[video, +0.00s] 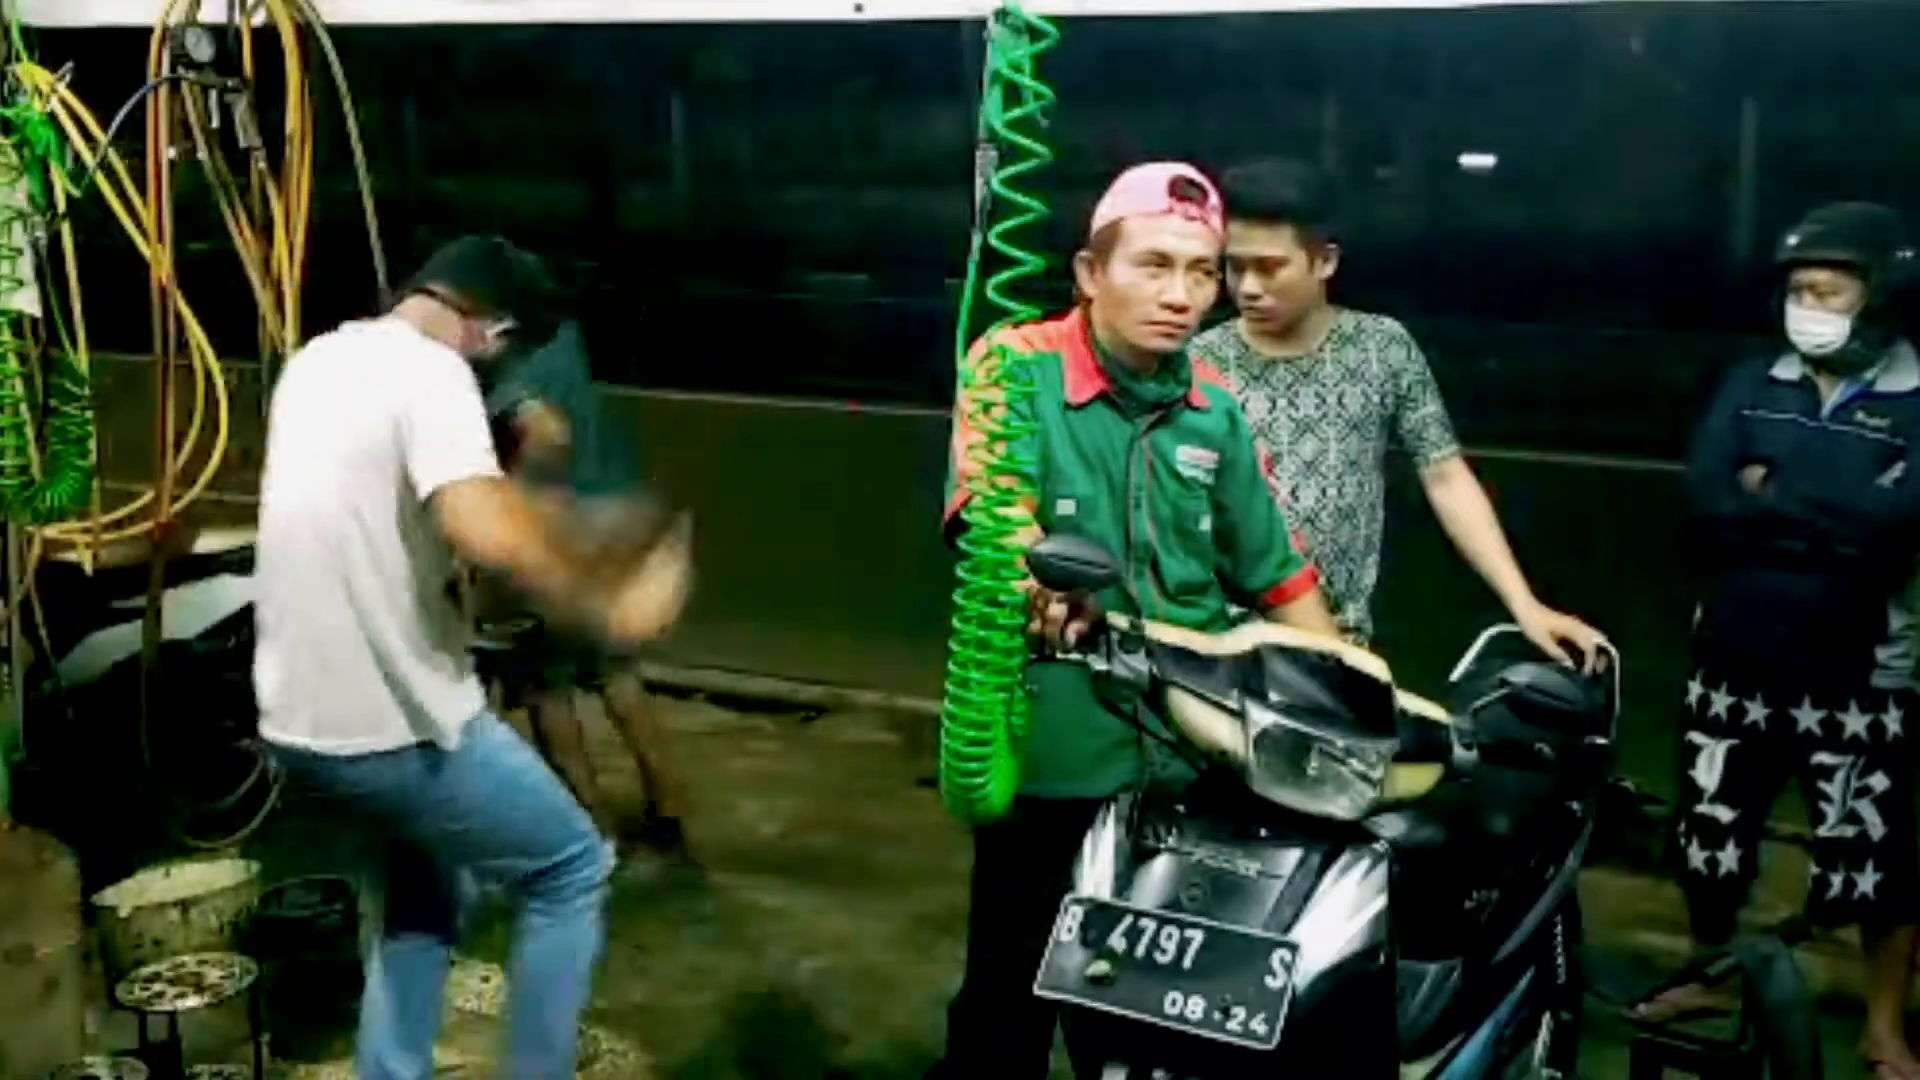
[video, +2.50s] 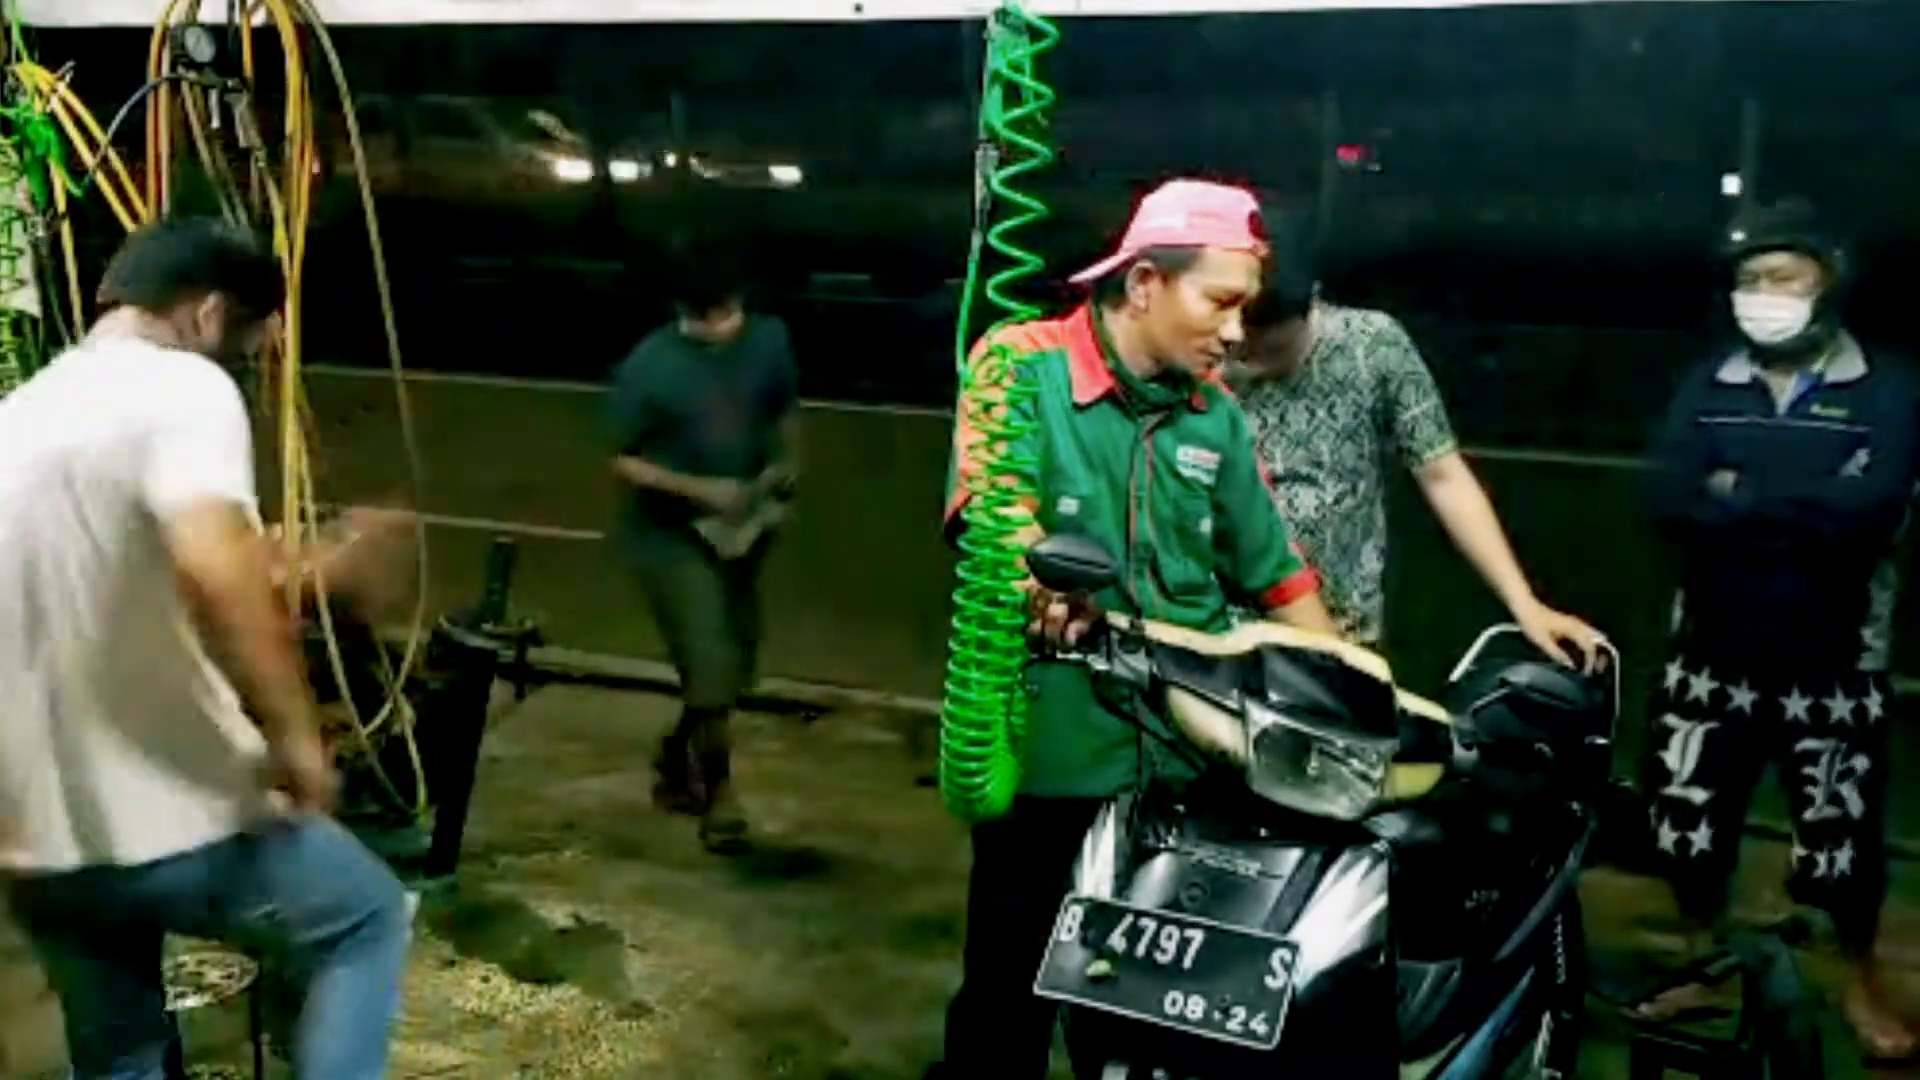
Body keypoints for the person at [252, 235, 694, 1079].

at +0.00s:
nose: (491, 361)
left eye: (499, 346)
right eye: (499, 343)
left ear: (413, 293)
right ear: (481, 322)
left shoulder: (307, 365)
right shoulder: (432, 373)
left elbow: (367, 504)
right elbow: (482, 527)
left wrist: (497, 460)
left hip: (299, 719)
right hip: (398, 725)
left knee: (422, 892)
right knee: (571, 866)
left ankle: (391, 1068)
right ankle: (540, 1067)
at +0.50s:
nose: (639, 377)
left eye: (645, 364)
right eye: (643, 360)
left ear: (566, 305)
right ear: (627, 336)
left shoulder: (441, 357)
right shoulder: (595, 385)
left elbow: (506, 464)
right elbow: (620, 547)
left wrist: (656, 476)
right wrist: (676, 701)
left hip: (436, 712)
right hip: (551, 731)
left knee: (570, 833)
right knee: (652, 910)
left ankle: (495, 1044)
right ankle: (589, 1068)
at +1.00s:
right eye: (585, 276)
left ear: (486, 253)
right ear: (565, 273)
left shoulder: (354, 302)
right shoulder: (572, 321)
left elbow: (191, 381)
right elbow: (750, 348)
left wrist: (89, 515)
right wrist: (692, 331)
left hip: (364, 709)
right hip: (508, 714)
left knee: (407, 921)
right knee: (577, 903)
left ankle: (391, 1074)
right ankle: (584, 1069)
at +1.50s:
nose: (489, 311)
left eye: (498, 296)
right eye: (500, 293)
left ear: (415, 244)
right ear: (475, 281)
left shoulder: (345, 298)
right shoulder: (388, 306)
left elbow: (482, 282)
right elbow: (291, 395)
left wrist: (603, 316)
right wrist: (325, 588)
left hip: (325, 724)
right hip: (344, 728)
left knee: (376, 996)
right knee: (406, 1004)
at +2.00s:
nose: (388, 341)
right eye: (393, 327)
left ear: (279, 258)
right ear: (375, 318)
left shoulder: (121, 338)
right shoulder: (380, 381)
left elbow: (9, 446)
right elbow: (537, 519)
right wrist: (528, 425)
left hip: (143, 767)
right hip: (291, 788)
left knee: (204, 1008)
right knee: (352, 1030)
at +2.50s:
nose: (231, 353)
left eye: (236, 334)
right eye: (234, 329)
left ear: (110, 304)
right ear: (202, 306)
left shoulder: (18, 411)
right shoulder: (181, 388)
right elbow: (214, 565)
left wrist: (306, 565)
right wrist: (293, 732)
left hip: (35, 831)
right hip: (164, 821)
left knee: (121, 1057)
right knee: (366, 917)